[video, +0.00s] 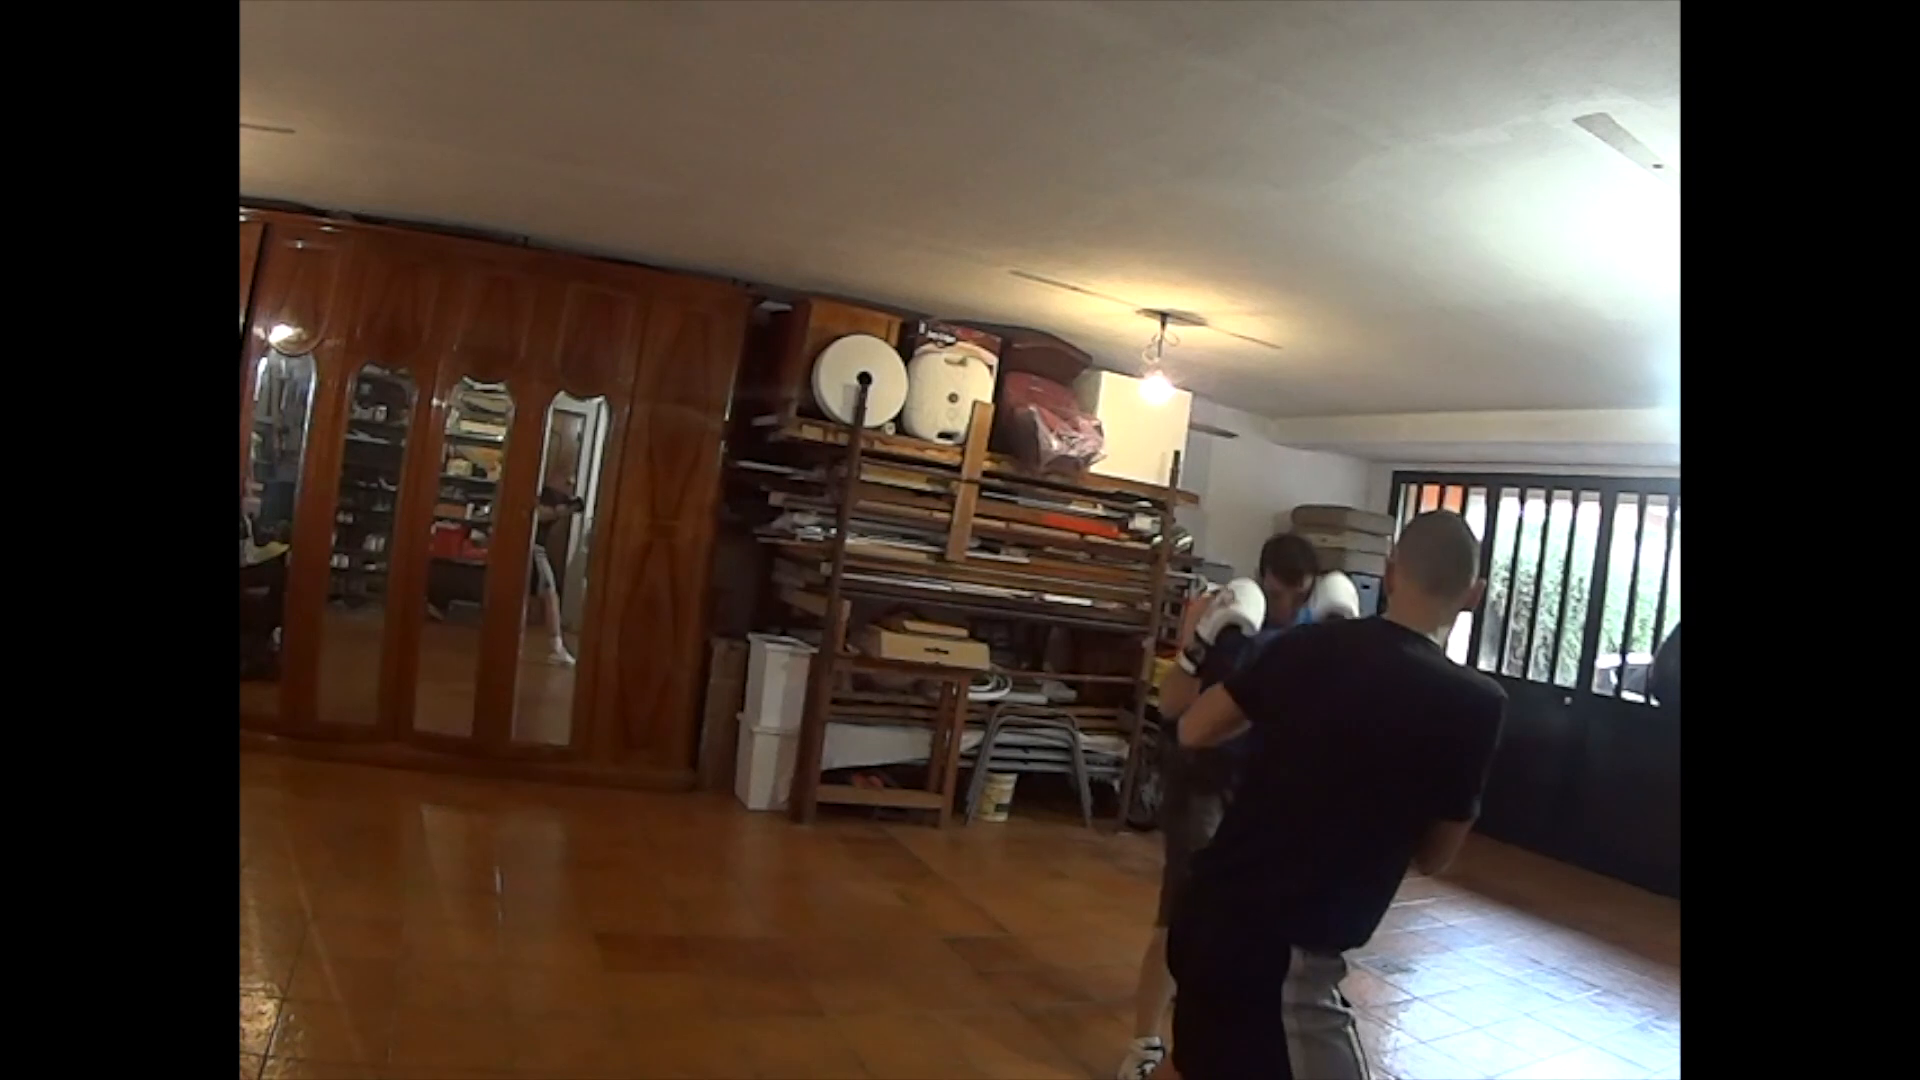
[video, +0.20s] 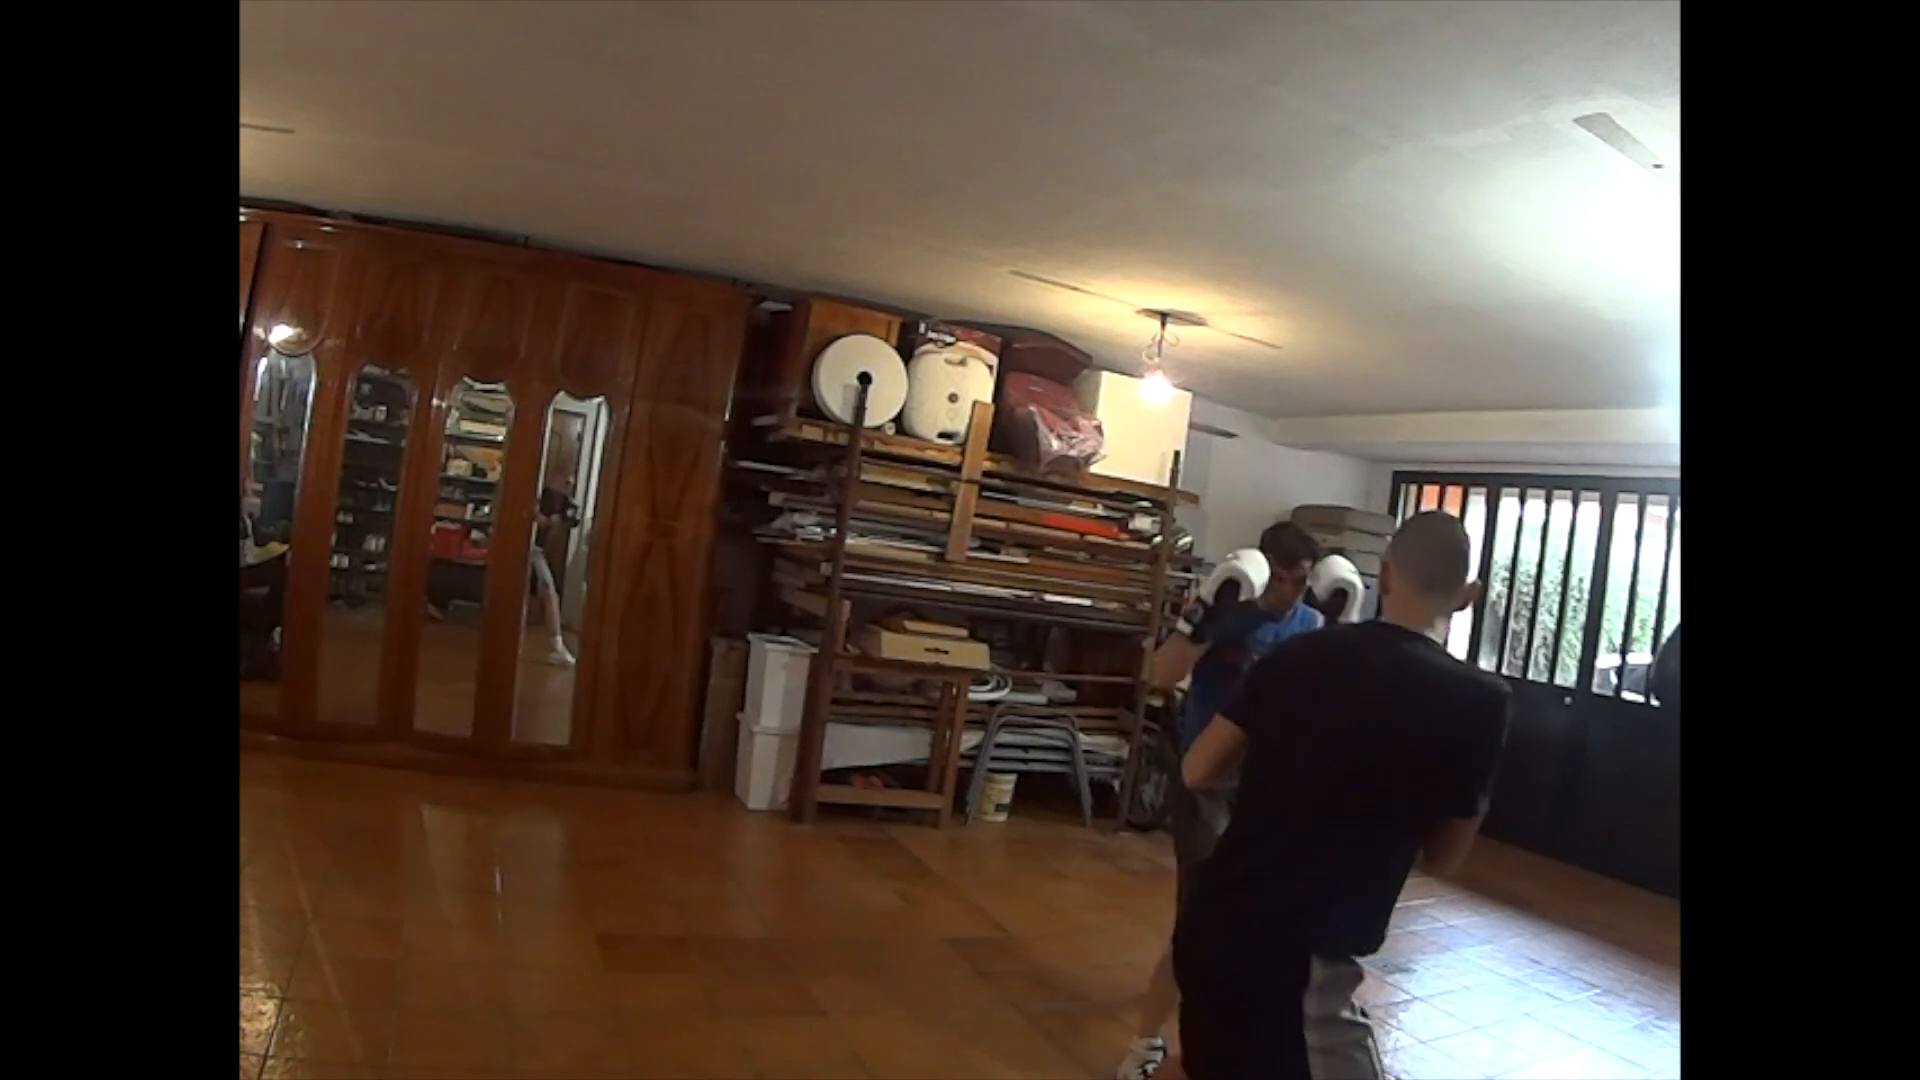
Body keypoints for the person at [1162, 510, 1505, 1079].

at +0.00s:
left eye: (1391, 564)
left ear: (1389, 572)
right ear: (1473, 596)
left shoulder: (1306, 647)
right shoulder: (1474, 704)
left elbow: (1194, 730)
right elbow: (1436, 857)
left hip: (1212, 918)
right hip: (1301, 959)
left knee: (1201, 1064)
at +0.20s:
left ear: (1384, 572)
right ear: (1467, 595)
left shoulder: (1298, 655)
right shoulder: (1479, 701)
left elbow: (1198, 770)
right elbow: (1444, 857)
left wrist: (1276, 774)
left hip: (1218, 927)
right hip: (1315, 963)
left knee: (1213, 1065)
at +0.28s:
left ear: (1375, 576)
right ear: (1455, 598)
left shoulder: (1299, 656)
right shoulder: (1474, 691)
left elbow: (1200, 777)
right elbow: (1445, 856)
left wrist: (1271, 786)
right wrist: (1388, 800)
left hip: (1213, 924)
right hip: (1311, 959)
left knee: (1213, 1057)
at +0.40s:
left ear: (1371, 591)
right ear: (1447, 610)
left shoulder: (1298, 663)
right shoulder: (1460, 701)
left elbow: (1199, 749)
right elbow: (1436, 858)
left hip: (1203, 937)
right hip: (1302, 965)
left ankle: (1202, 1061)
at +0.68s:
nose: (1397, 635)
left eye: (1399, 625)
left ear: (1403, 632)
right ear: (1490, 659)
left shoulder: (1305, 704)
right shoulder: (1493, 765)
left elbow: (1197, 823)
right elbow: (1443, 924)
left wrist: (1185, 768)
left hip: (1199, 994)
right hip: (1309, 1031)